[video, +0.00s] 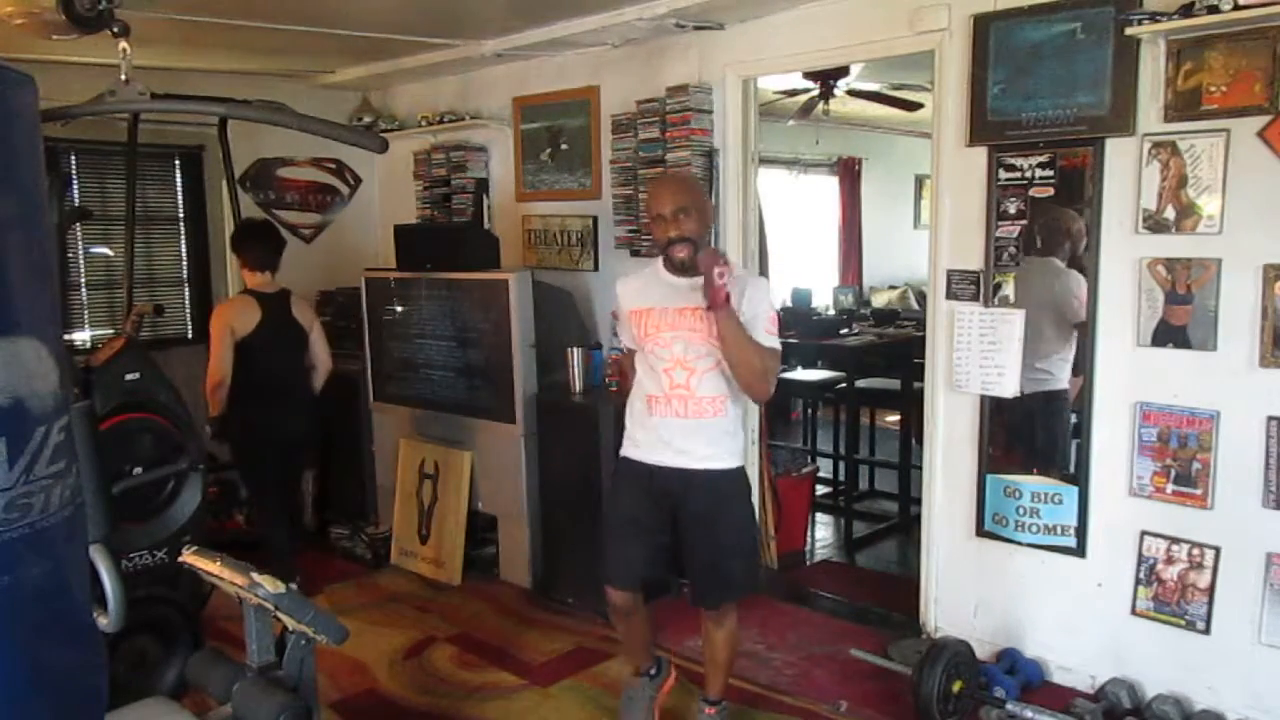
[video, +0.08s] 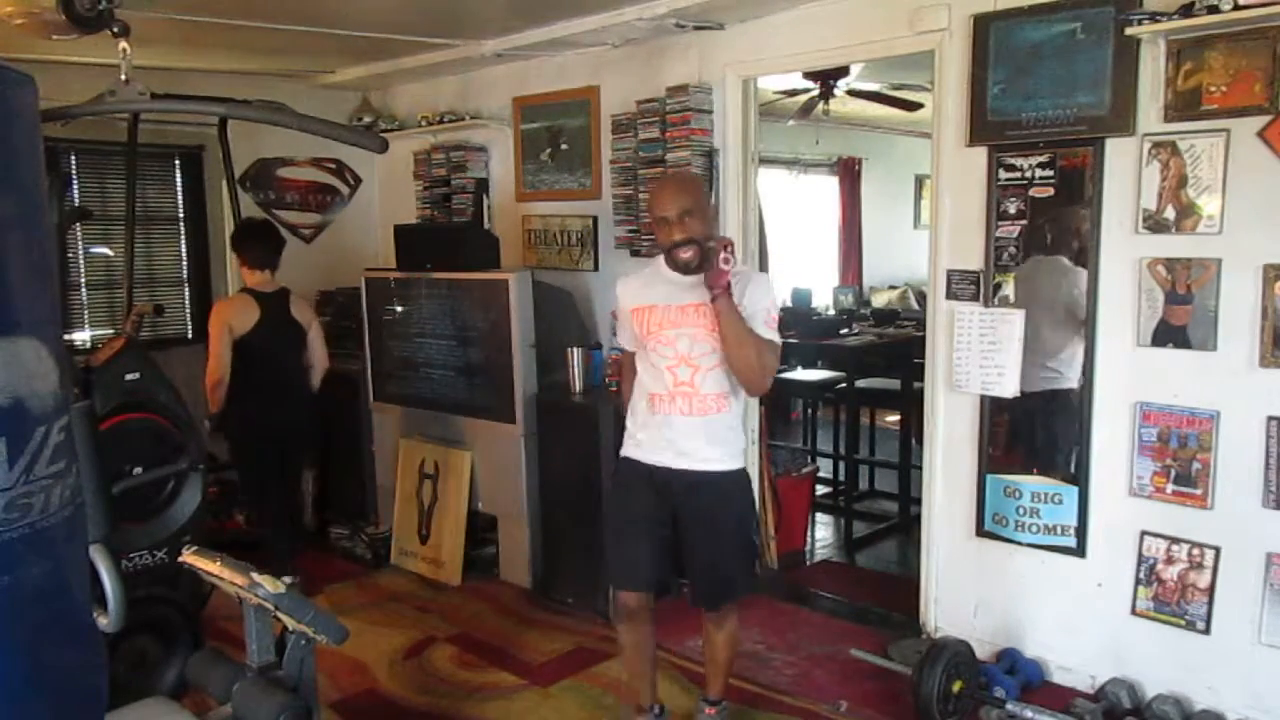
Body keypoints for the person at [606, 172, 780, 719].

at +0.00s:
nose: (671, 229)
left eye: (682, 214)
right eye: (658, 219)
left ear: (708, 215)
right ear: (646, 228)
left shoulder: (748, 290)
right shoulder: (631, 291)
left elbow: (762, 386)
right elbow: (629, 372)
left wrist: (721, 307)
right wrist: (622, 383)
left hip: (715, 472)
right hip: (641, 466)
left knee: (718, 602)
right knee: (621, 591)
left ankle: (712, 705)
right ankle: (650, 670)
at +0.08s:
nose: (677, 232)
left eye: (687, 217)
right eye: (663, 223)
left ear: (711, 215)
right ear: (651, 229)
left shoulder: (749, 286)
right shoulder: (632, 290)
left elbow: (758, 379)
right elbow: (627, 375)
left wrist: (721, 295)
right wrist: (637, 442)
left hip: (716, 472)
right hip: (642, 467)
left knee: (719, 605)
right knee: (630, 599)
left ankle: (713, 707)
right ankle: (645, 710)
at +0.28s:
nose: (673, 227)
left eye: (683, 212)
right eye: (657, 219)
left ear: (707, 216)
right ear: (644, 232)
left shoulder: (749, 290)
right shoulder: (621, 303)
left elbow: (772, 387)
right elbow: (595, 394)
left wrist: (725, 305)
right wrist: (562, 488)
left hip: (727, 495)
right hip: (646, 495)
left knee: (723, 626)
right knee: (641, 635)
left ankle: (712, 710)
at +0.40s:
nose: (660, 229)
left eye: (670, 213)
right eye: (644, 221)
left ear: (696, 218)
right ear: (631, 236)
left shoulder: (742, 295)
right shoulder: (606, 309)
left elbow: (769, 386)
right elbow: (571, 404)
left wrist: (714, 303)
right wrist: (529, 496)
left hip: (725, 504)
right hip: (642, 507)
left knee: (729, 632)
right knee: (640, 653)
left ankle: (712, 708)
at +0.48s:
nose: (650, 227)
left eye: (659, 210)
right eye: (633, 220)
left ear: (684, 212)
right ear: (620, 235)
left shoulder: (733, 291)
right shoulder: (597, 309)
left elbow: (767, 388)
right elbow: (559, 414)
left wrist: (706, 309)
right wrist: (521, 508)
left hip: (720, 509)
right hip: (635, 511)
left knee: (731, 655)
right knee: (632, 660)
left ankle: (715, 708)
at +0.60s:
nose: (641, 230)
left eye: (653, 213)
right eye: (624, 220)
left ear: (677, 213)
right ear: (610, 232)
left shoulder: (724, 293)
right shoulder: (586, 309)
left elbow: (756, 396)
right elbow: (556, 422)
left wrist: (700, 306)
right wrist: (534, 533)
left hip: (710, 513)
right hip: (622, 517)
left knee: (742, 669)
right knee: (625, 679)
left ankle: (724, 713)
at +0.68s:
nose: (640, 224)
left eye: (651, 206)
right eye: (623, 214)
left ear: (677, 208)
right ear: (608, 225)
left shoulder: (723, 292)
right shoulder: (579, 304)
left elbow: (752, 395)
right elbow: (561, 422)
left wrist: (692, 299)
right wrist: (558, 537)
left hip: (710, 519)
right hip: (618, 525)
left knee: (744, 681)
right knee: (623, 687)